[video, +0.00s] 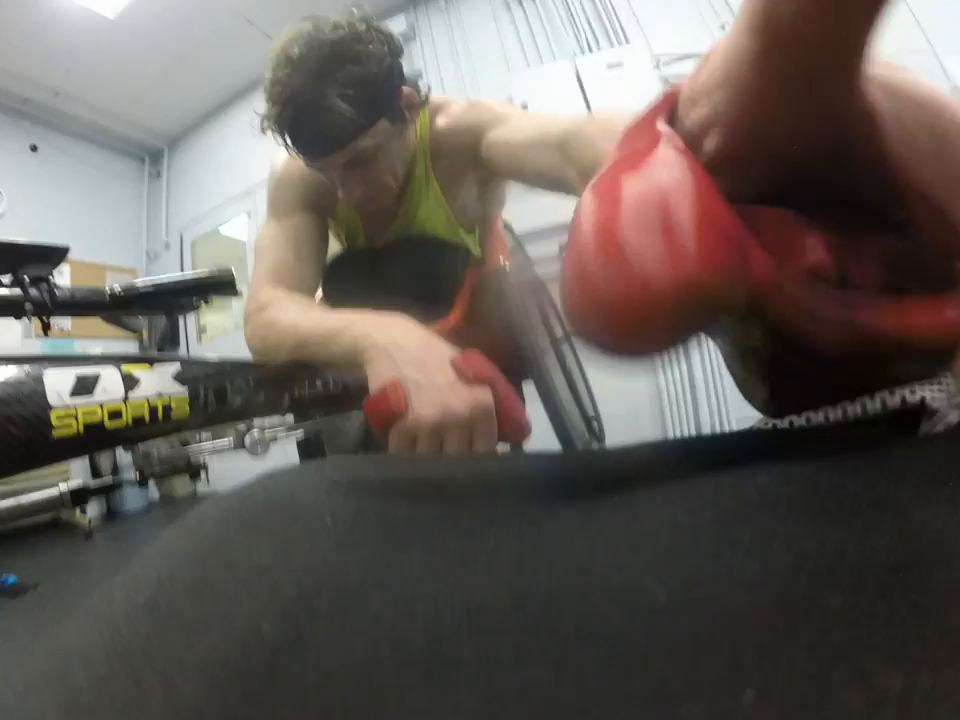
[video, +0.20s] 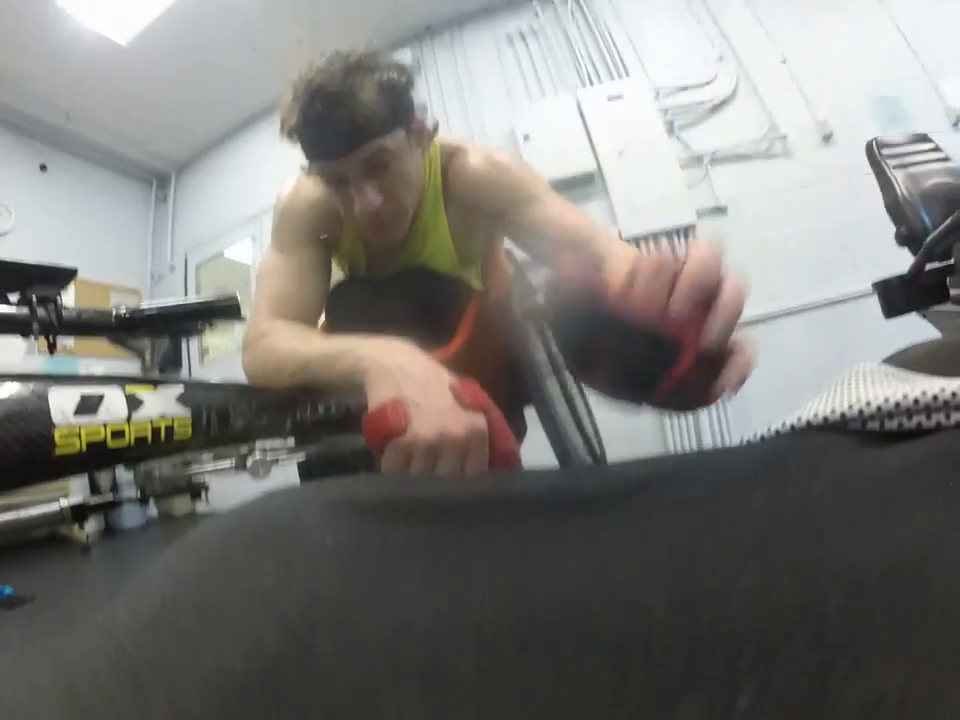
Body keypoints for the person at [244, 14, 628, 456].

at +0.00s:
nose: (346, 191)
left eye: (362, 162)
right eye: (324, 172)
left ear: (406, 110)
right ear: (304, 153)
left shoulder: (459, 133)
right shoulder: (300, 177)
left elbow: (569, 145)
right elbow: (268, 319)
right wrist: (385, 340)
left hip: (483, 341)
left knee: (405, 265)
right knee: (349, 278)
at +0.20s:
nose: (365, 201)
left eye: (378, 170)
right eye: (341, 183)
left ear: (420, 135)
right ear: (317, 173)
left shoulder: (476, 176)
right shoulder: (309, 203)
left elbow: (607, 263)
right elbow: (264, 348)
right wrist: (381, 359)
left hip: (475, 364)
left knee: (415, 295)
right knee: (352, 306)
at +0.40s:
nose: (381, 185)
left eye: (397, 148)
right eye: (350, 161)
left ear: (430, 125)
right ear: (323, 158)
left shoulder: (487, 178)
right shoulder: (305, 193)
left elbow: (608, 306)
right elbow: (253, 342)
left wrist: (623, 466)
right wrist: (381, 348)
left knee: (400, 280)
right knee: (350, 291)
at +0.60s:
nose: (382, 186)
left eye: (399, 150)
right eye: (351, 162)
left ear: (431, 127)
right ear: (324, 160)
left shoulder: (487, 179)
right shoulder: (302, 197)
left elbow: (609, 321)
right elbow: (245, 345)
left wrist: (635, 469)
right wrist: (379, 350)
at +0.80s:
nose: (381, 191)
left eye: (398, 154)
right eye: (352, 167)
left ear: (431, 131)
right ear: (324, 165)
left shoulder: (488, 180)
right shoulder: (304, 200)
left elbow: (612, 319)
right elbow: (237, 345)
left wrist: (647, 464)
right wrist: (371, 349)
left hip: (477, 327)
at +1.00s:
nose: (389, 187)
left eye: (404, 151)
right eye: (358, 164)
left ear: (435, 130)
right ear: (328, 160)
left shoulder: (490, 177)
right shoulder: (302, 203)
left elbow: (616, 317)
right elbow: (208, 348)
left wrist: (651, 468)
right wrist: (297, 310)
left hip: (487, 336)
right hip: (386, 351)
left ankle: (486, 403)